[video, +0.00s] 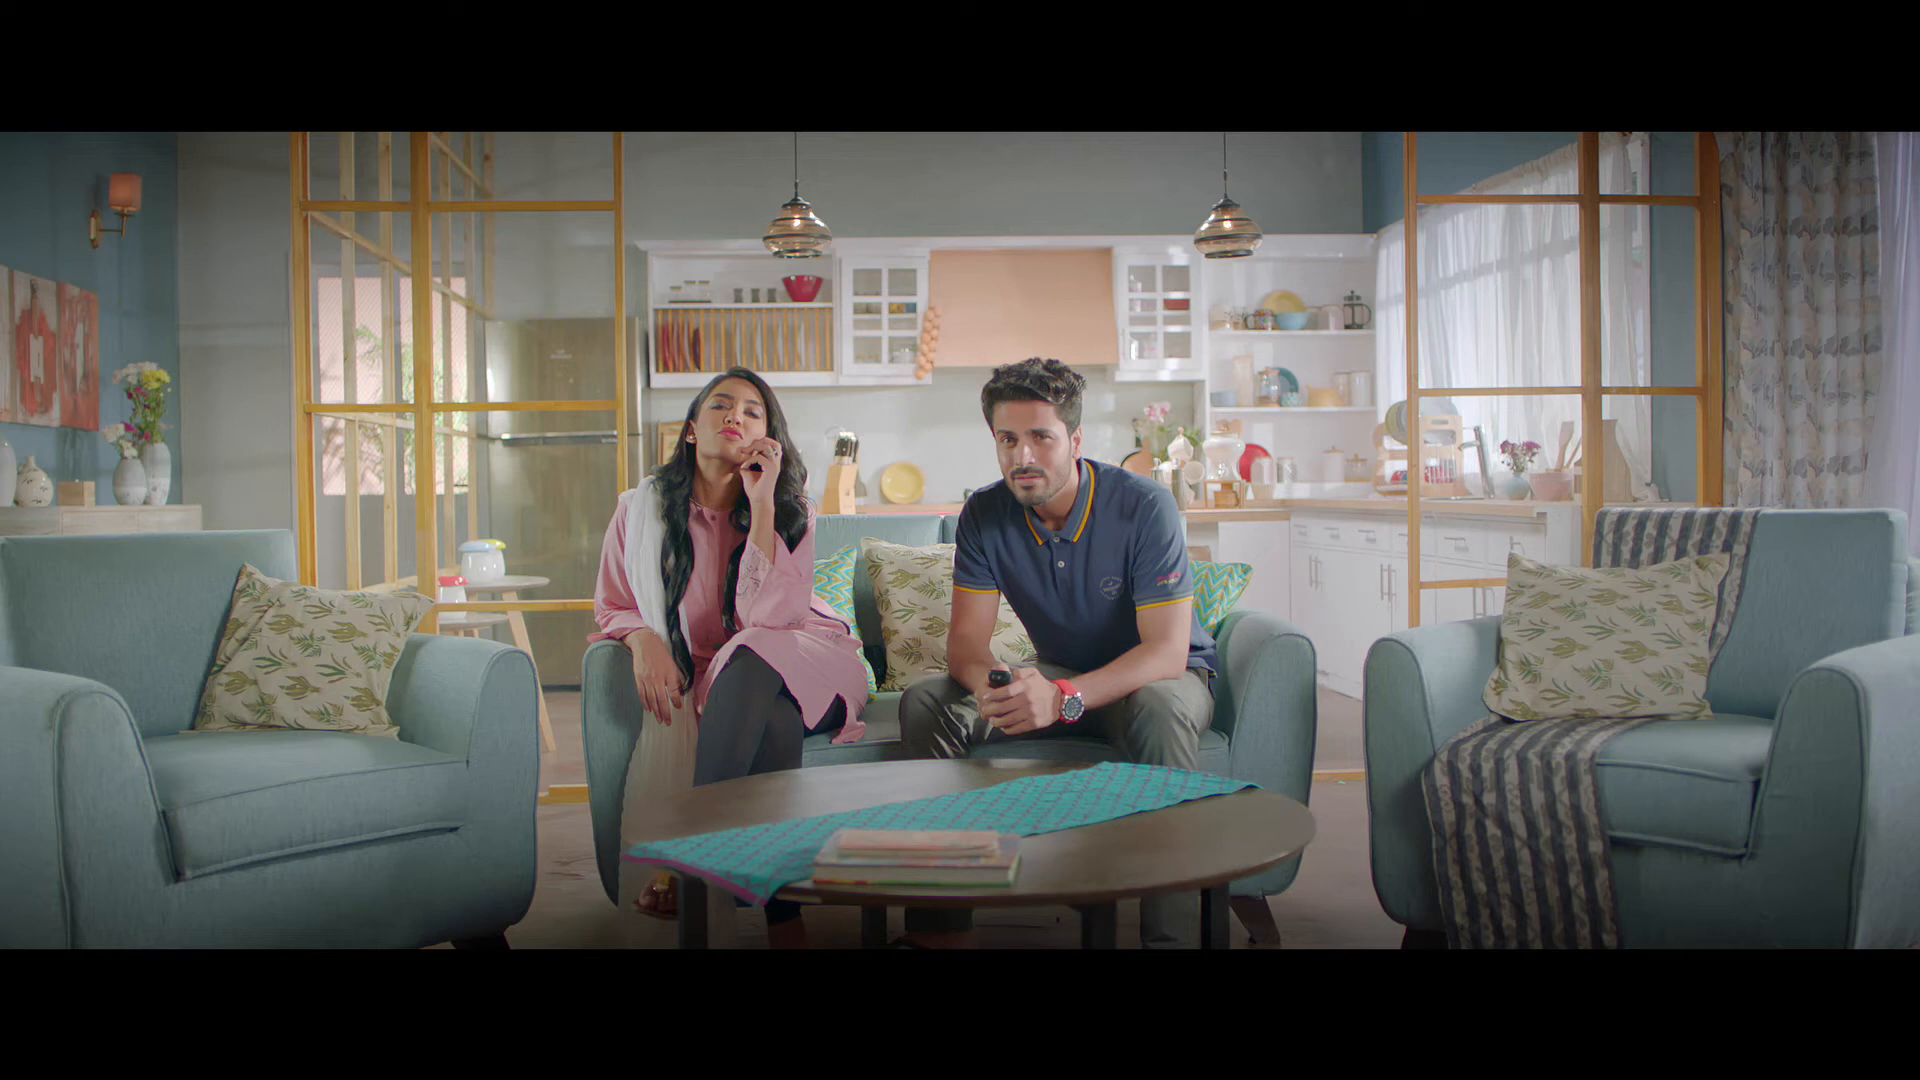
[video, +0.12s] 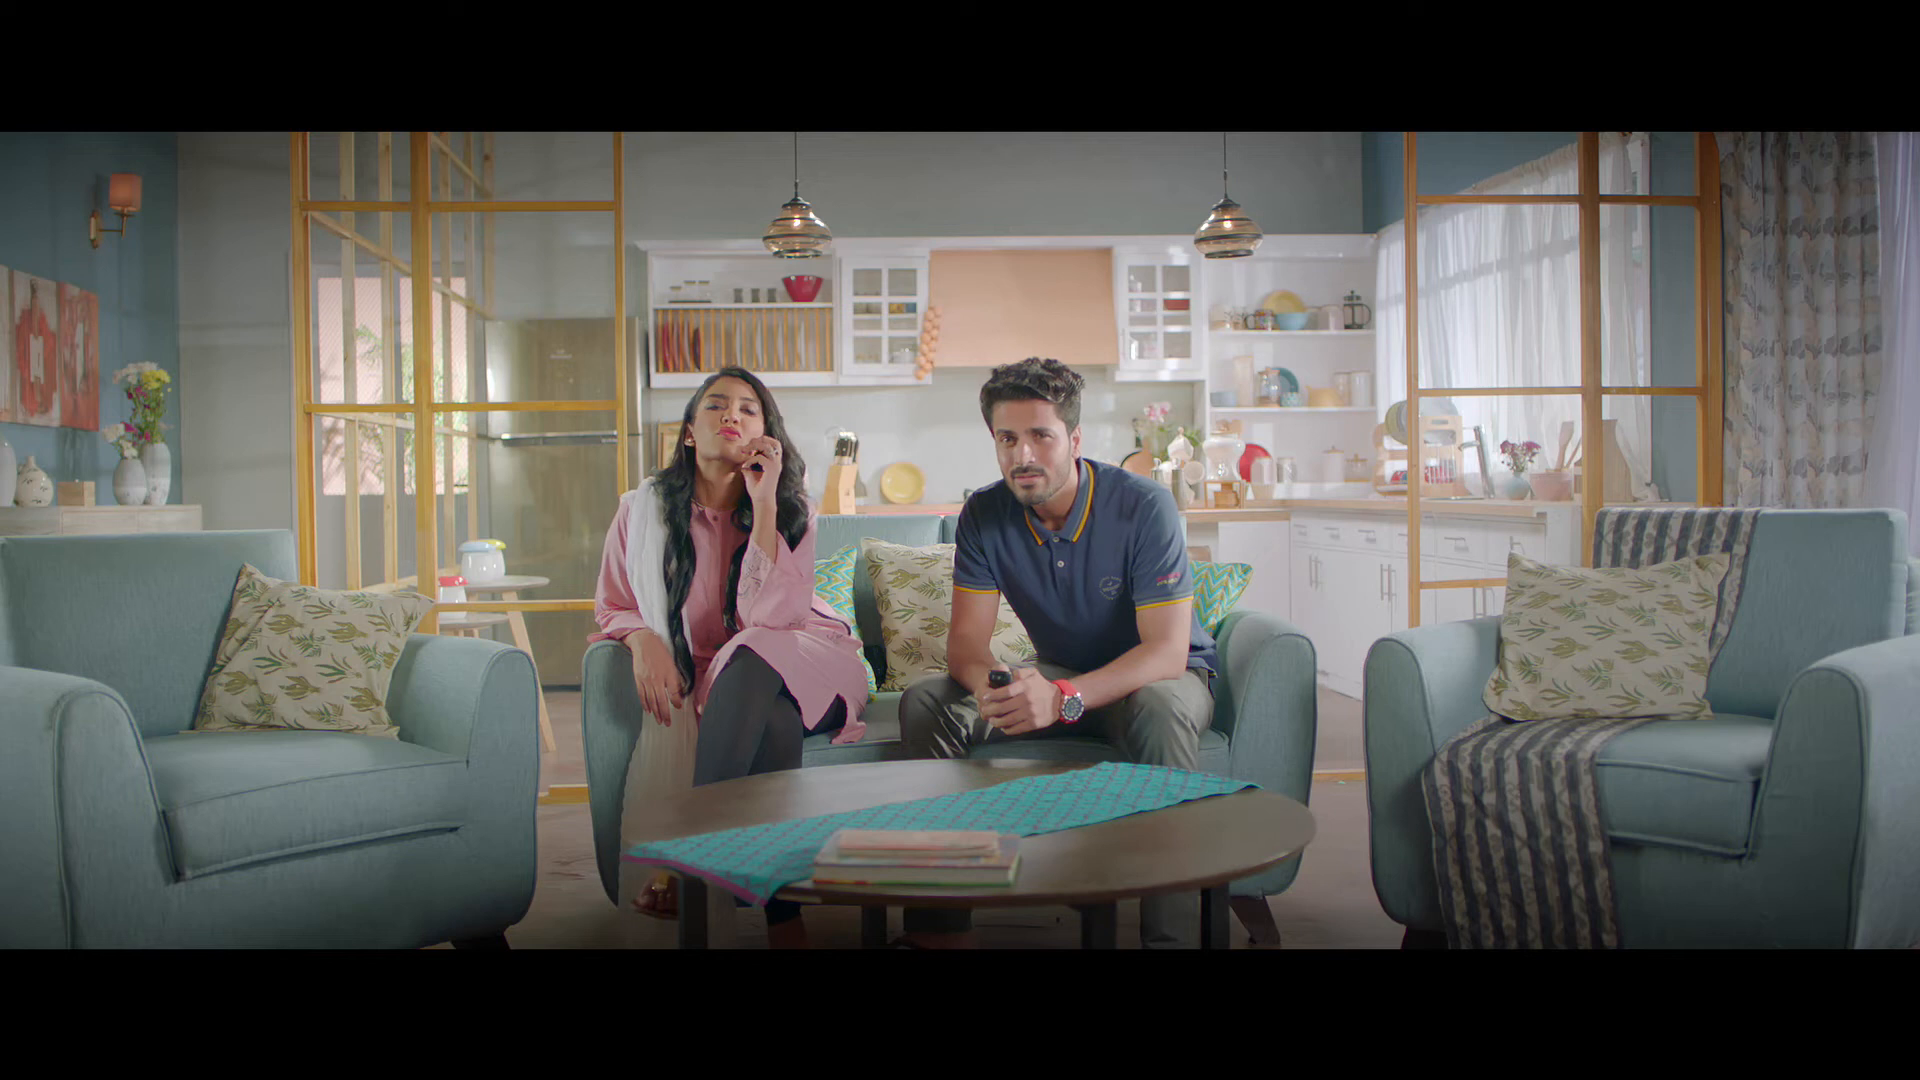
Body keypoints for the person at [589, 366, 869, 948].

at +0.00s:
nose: (734, 419)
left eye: (752, 413)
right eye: (720, 406)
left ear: (768, 440)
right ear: (693, 427)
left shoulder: (785, 508)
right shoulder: (640, 508)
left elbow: (770, 618)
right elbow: (615, 608)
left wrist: (763, 509)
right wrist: (645, 639)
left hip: (813, 660)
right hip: (717, 674)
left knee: (748, 656)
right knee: (776, 720)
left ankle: (687, 859)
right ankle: (783, 912)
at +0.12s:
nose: (732, 417)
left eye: (748, 410)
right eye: (716, 405)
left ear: (766, 436)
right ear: (690, 431)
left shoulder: (787, 508)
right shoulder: (642, 509)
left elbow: (769, 618)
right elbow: (616, 610)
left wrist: (765, 509)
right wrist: (644, 639)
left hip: (813, 660)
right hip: (717, 673)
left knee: (748, 660)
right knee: (776, 720)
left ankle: (686, 861)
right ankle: (783, 913)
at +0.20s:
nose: (728, 417)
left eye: (745, 408)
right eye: (713, 406)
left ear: (765, 434)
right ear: (688, 432)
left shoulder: (790, 508)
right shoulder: (643, 510)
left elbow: (769, 619)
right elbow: (615, 610)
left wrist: (768, 509)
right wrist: (644, 639)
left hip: (815, 662)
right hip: (717, 675)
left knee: (749, 659)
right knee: (776, 721)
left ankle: (687, 861)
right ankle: (783, 912)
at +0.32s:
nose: (728, 417)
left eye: (743, 407)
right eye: (711, 408)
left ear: (764, 431)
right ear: (688, 436)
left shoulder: (795, 508)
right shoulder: (648, 510)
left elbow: (772, 617)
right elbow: (616, 609)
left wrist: (771, 510)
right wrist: (644, 640)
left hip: (814, 661)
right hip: (716, 674)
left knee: (749, 659)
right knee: (778, 719)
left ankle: (686, 863)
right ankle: (782, 908)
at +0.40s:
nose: (727, 416)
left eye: (742, 407)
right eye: (710, 409)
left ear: (765, 431)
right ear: (688, 437)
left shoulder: (796, 509)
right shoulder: (648, 511)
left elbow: (772, 617)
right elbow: (616, 609)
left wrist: (772, 510)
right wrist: (644, 641)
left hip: (815, 662)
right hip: (716, 676)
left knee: (749, 660)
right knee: (778, 719)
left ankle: (686, 864)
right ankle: (782, 910)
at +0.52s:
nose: (728, 417)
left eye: (742, 407)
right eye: (711, 411)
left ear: (767, 432)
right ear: (690, 440)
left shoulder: (799, 511)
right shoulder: (651, 512)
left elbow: (775, 618)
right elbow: (617, 610)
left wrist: (775, 511)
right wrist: (644, 641)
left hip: (815, 662)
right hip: (716, 677)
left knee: (750, 659)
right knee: (778, 720)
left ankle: (686, 864)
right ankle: (782, 911)